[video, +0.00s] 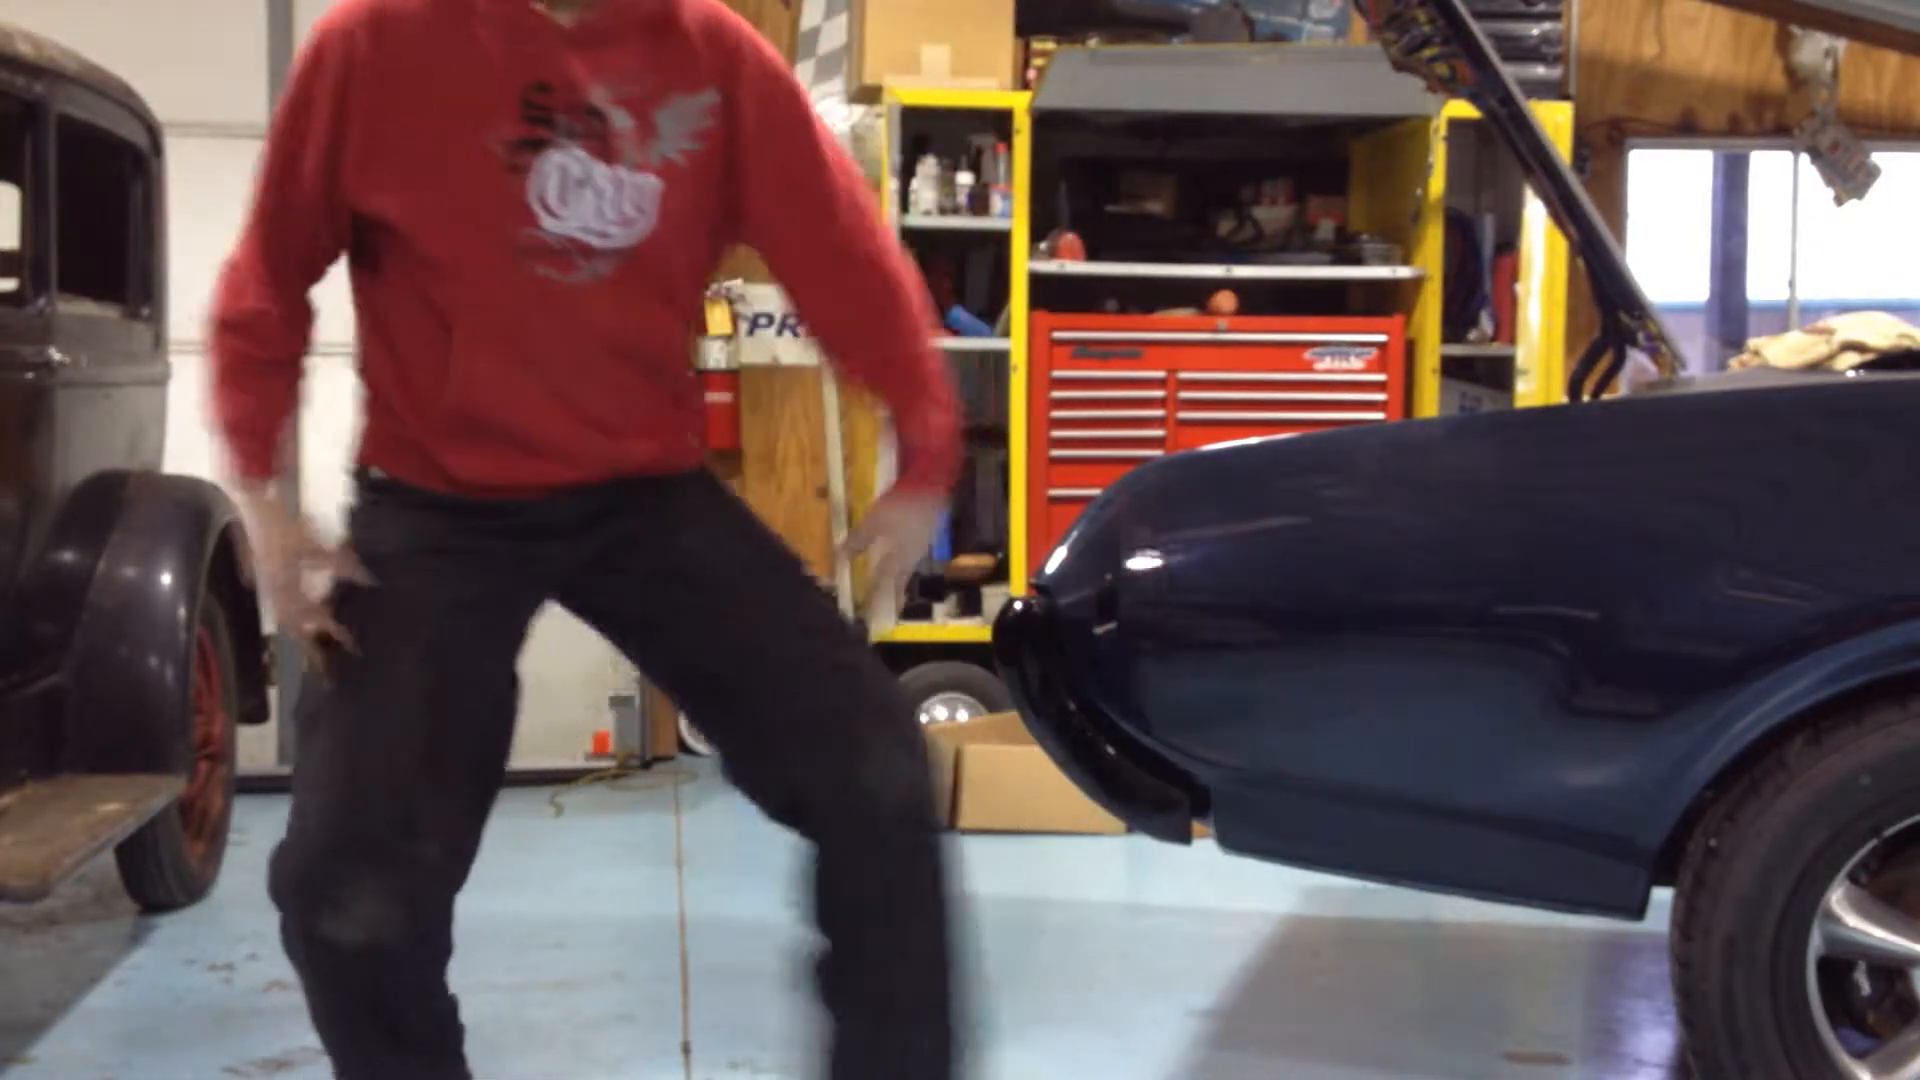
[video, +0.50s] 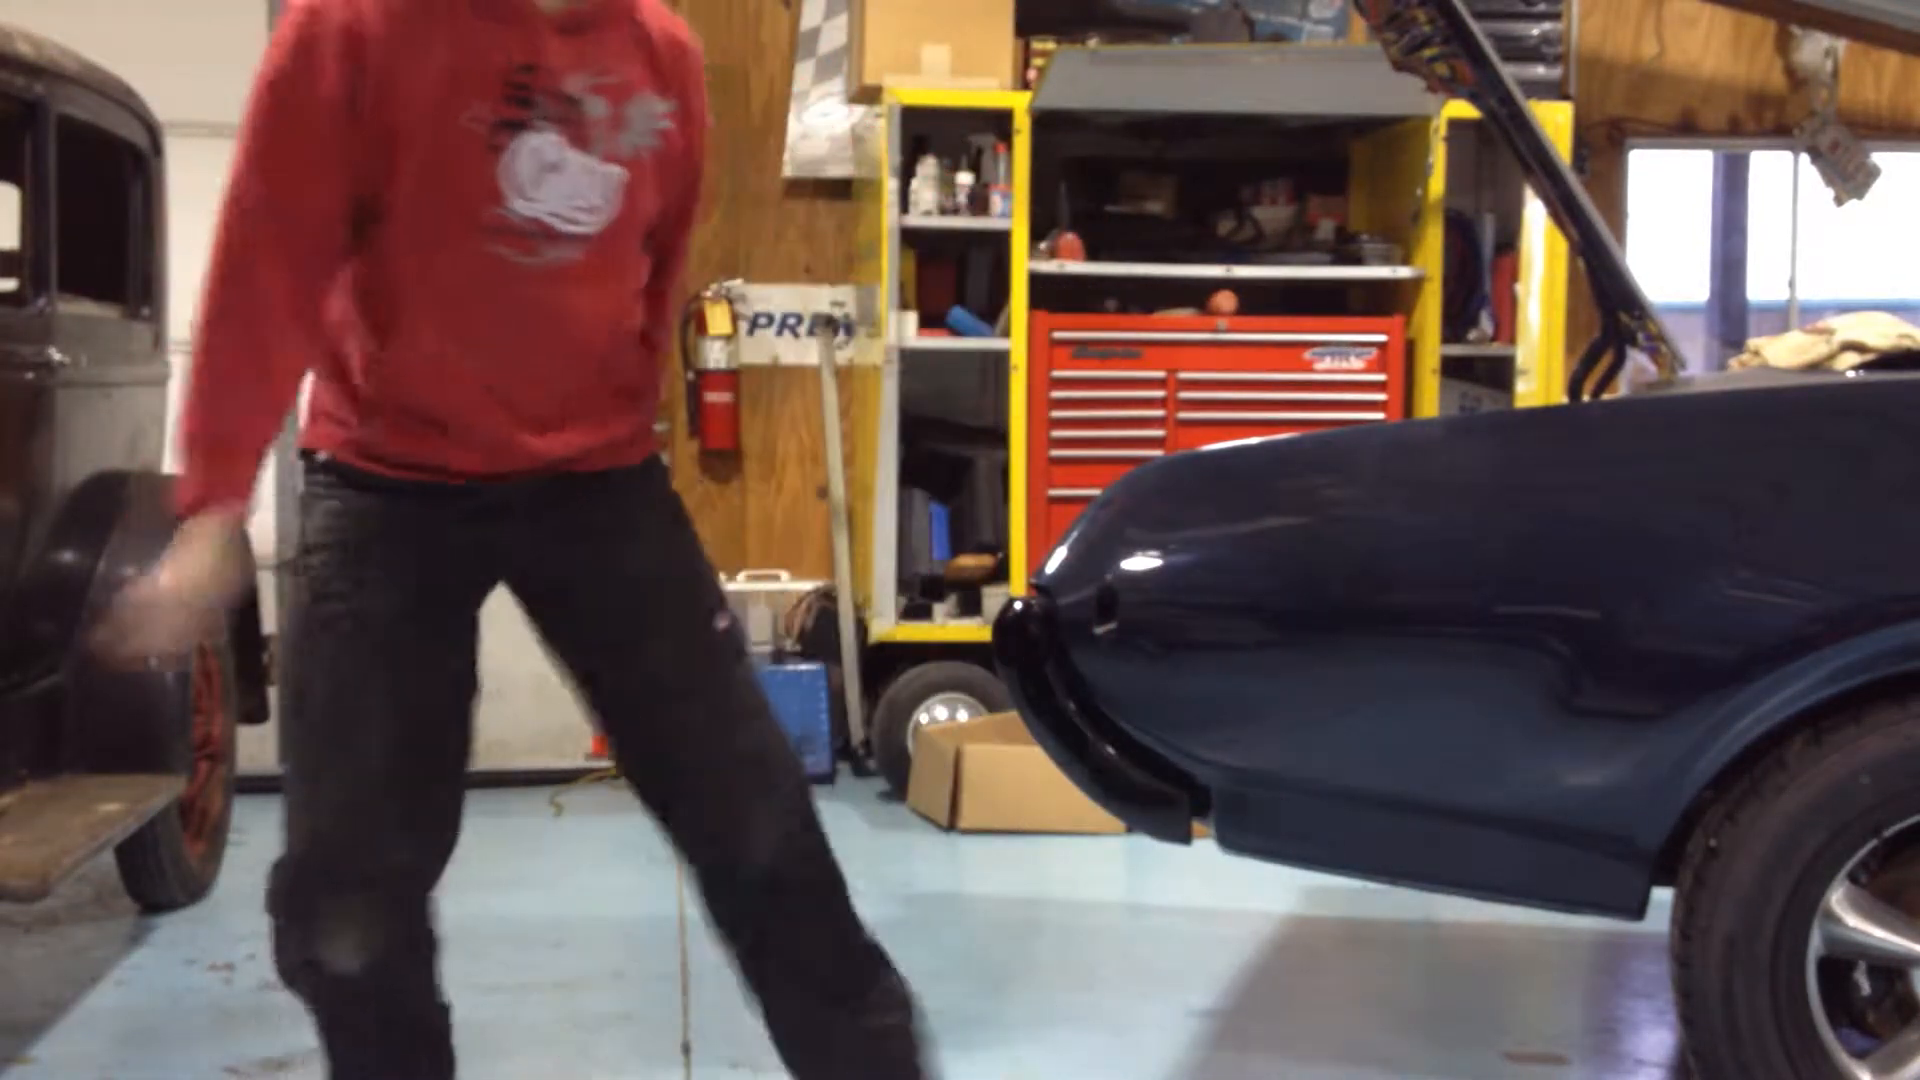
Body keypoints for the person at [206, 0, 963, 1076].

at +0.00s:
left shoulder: (713, 55)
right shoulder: (375, 41)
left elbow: (845, 254)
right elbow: (265, 272)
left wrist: (924, 465)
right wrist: (260, 497)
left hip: (651, 500)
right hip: (433, 513)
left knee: (876, 780)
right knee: (351, 896)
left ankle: (893, 1067)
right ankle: (413, 1073)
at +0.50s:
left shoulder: (660, 45)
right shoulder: (351, 26)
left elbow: (660, 269)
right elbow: (265, 256)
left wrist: (620, 450)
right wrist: (212, 508)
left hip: (596, 482)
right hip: (381, 486)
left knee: (755, 822)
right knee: (350, 898)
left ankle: (875, 1063)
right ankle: (393, 1068)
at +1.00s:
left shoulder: (806, 24)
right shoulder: (666, 5)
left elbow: (791, 203)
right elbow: (534, 193)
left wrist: (832, 271)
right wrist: (670, 216)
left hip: (702, 432)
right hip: (629, 421)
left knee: (786, 807)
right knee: (655, 821)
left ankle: (700, 1066)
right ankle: (616, 1063)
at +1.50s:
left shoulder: (851, 18)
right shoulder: (750, 6)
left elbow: (744, 217)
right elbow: (568, 159)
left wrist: (889, 355)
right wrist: (763, 345)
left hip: (777, 443)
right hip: (730, 445)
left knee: (828, 849)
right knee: (877, 868)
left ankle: (730, 1059)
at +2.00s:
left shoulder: (894, 18)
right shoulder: (740, 6)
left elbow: (788, 190)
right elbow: (539, 113)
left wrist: (917, 325)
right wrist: (746, 263)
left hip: (814, 457)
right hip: (712, 446)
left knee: (924, 833)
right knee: (838, 924)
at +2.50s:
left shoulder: (981, 11)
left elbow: (1003, 248)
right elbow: (327, 47)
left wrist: (1059, 567)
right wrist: (539, 192)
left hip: (903, 495)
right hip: (622, 486)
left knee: (1045, 972)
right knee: (692, 1029)